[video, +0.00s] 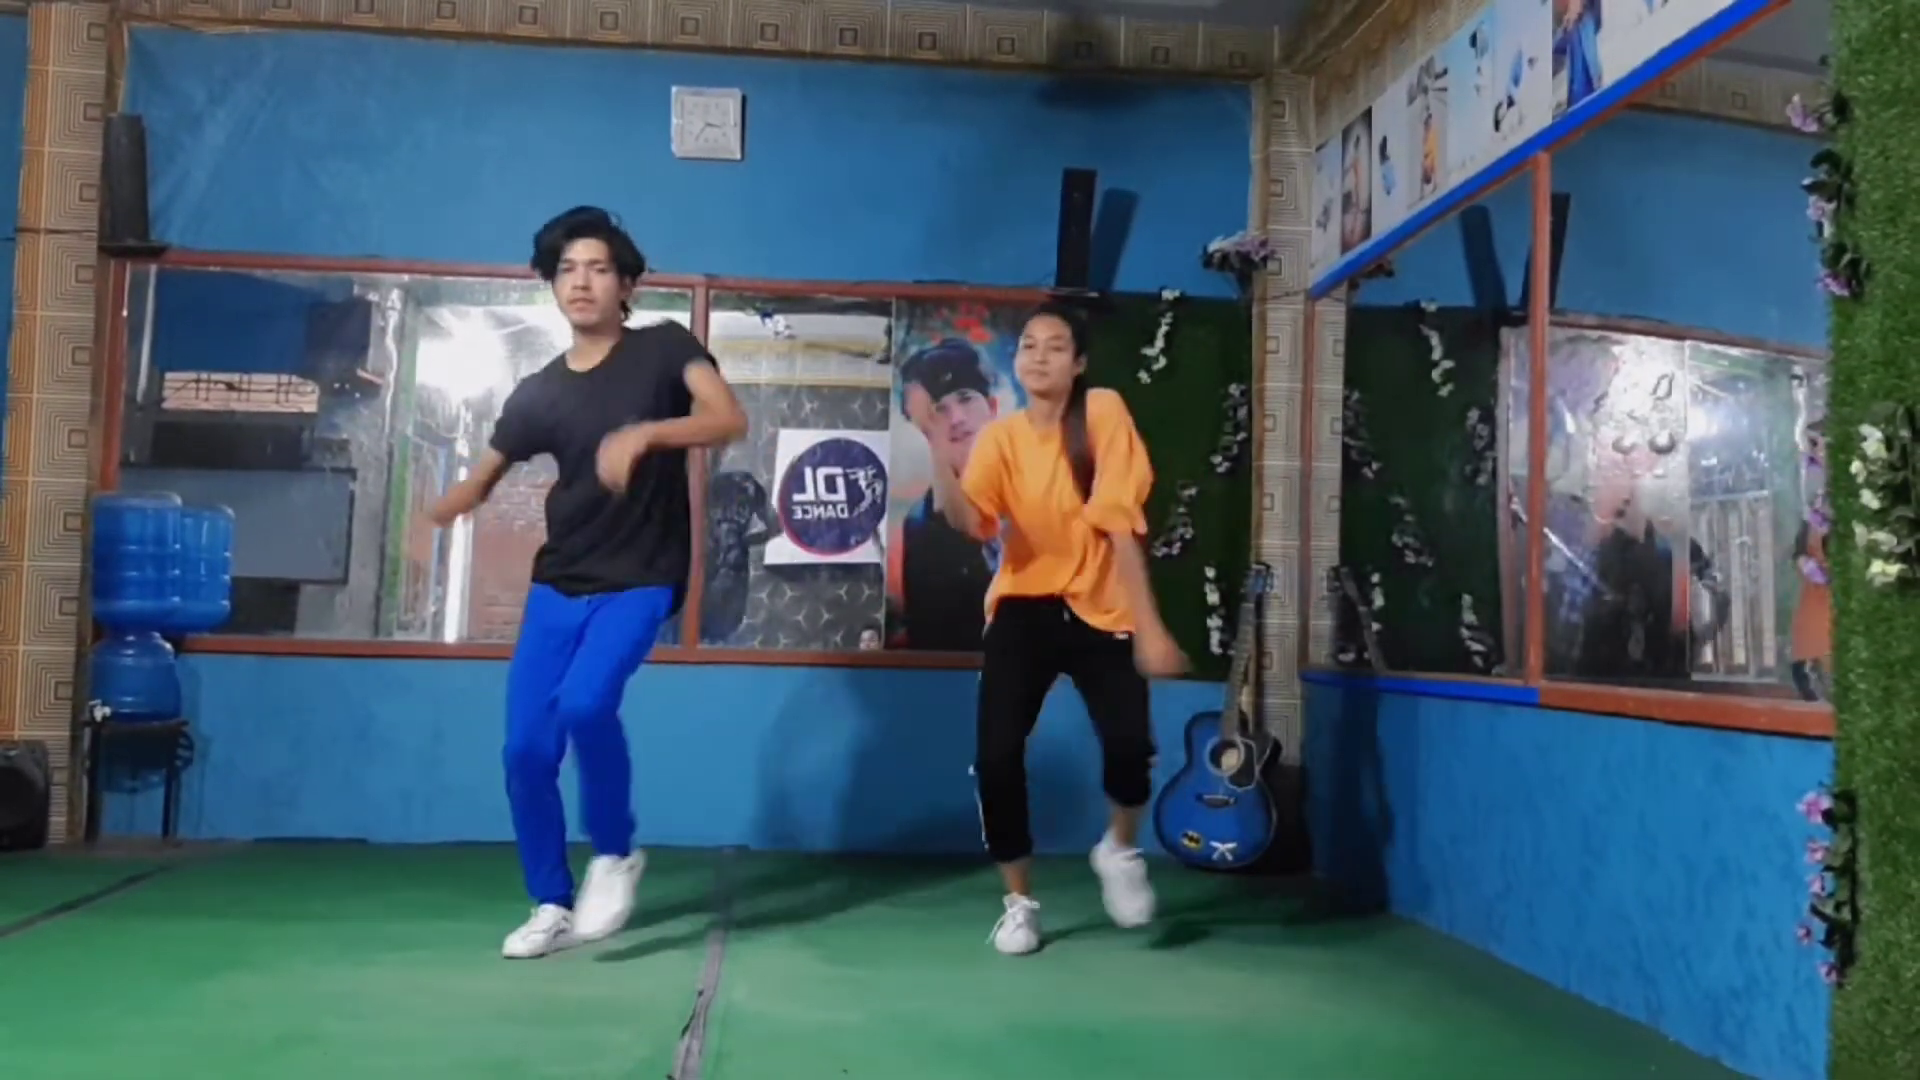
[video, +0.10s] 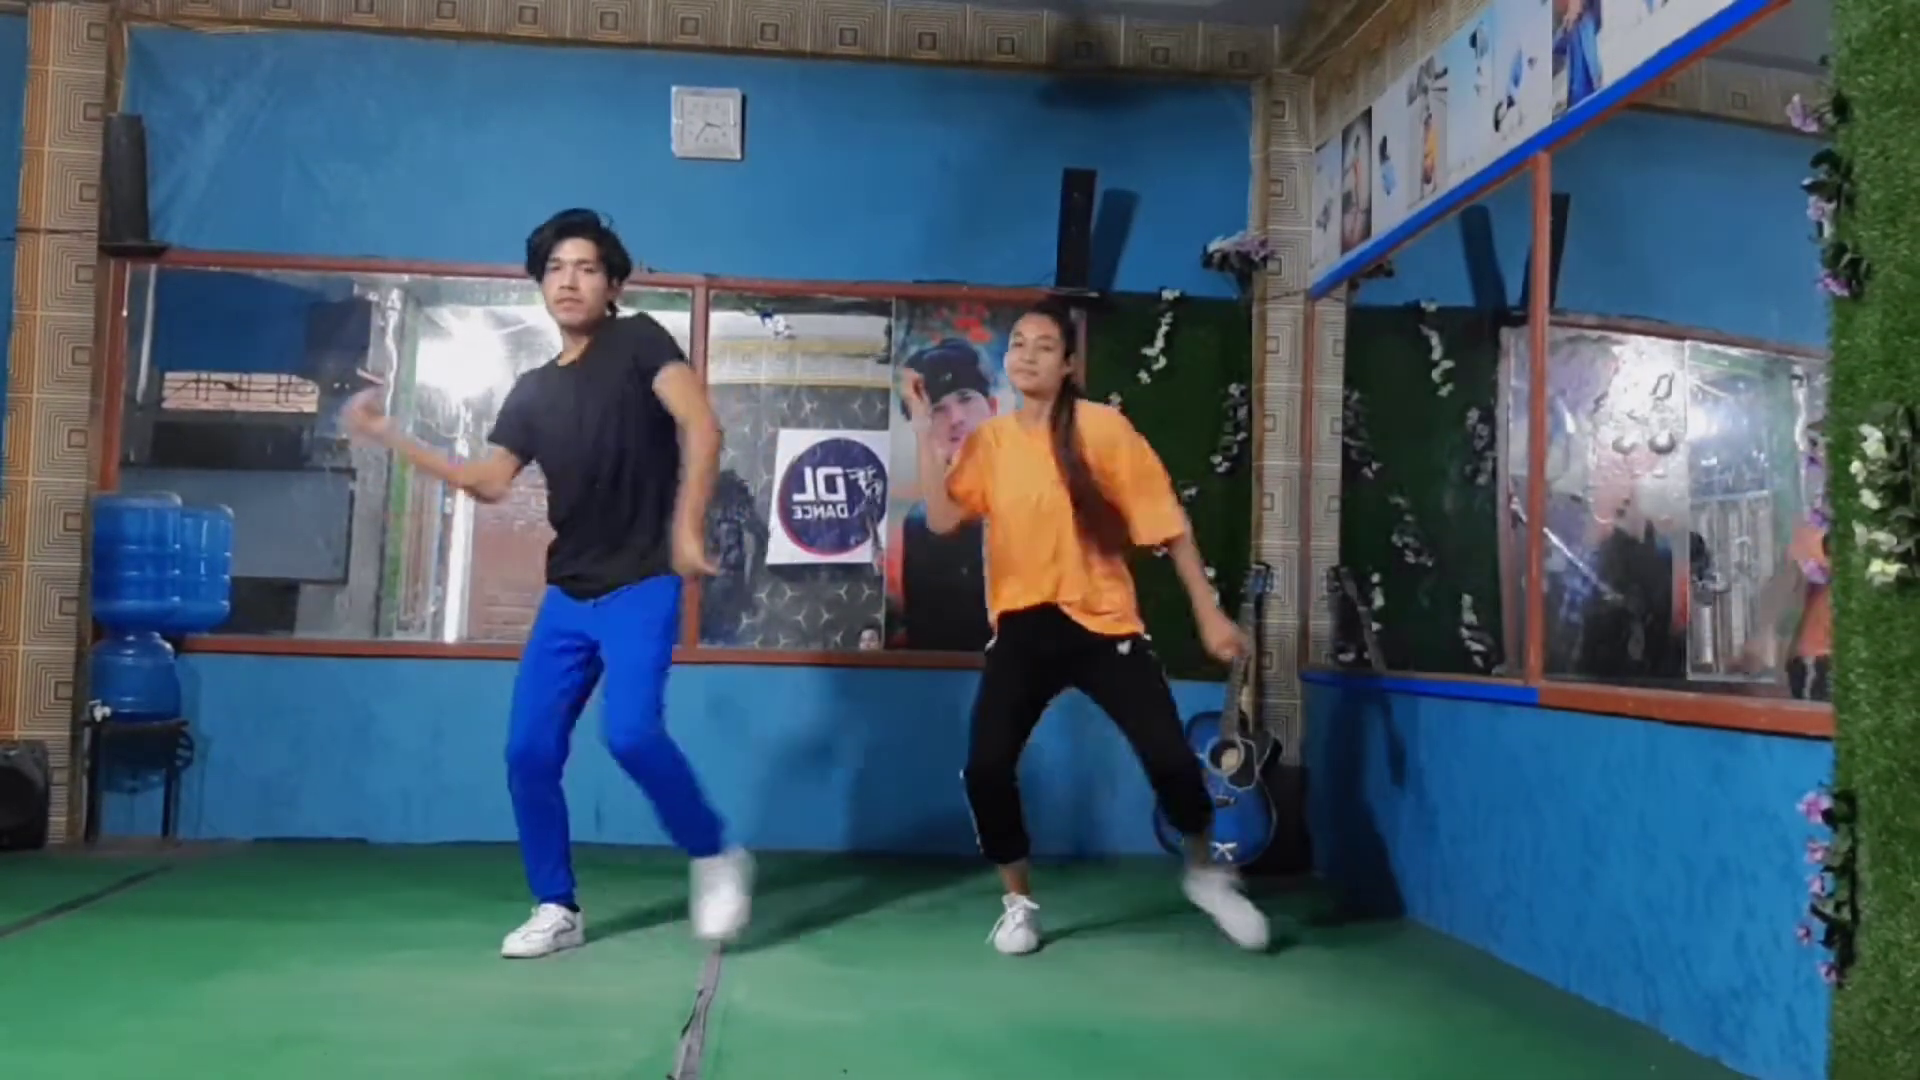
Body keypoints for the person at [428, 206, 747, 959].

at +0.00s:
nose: (582, 282)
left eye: (598, 269)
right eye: (569, 271)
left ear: (626, 284)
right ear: (553, 287)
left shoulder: (665, 346)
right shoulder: (540, 392)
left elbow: (729, 420)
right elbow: (484, 475)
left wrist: (643, 434)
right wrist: (446, 509)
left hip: (642, 578)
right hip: (559, 582)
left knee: (584, 704)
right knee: (523, 745)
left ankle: (615, 855)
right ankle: (552, 904)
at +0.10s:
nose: (569, 281)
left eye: (586, 269)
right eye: (557, 269)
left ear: (612, 284)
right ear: (540, 285)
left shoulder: (639, 340)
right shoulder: (535, 390)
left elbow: (703, 425)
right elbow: (487, 481)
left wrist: (687, 530)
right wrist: (391, 436)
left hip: (644, 584)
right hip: (569, 594)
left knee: (631, 734)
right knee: (529, 751)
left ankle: (716, 859)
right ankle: (555, 910)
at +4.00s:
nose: (659, 293)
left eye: (674, 279)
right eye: (649, 281)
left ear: (713, 286)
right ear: (642, 288)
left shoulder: (725, 355)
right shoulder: (677, 369)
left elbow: (741, 452)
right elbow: (691, 466)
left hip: (721, 573)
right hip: (696, 571)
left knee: (575, 664)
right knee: (645, 730)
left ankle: (642, 819)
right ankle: (725, 886)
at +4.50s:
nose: (636, 307)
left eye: (653, 293)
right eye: (624, 294)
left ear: (688, 304)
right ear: (613, 306)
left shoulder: (718, 381)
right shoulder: (609, 404)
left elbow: (761, 485)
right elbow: (568, 501)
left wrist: (784, 588)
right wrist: (516, 589)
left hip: (672, 606)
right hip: (603, 608)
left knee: (607, 761)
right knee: (514, 737)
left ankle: (719, 888)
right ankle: (556, 902)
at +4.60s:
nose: (631, 309)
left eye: (645, 294)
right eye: (617, 296)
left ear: (675, 304)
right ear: (601, 306)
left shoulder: (710, 396)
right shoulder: (578, 396)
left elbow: (754, 506)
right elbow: (549, 495)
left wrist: (765, 609)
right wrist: (522, 590)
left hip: (676, 598)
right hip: (589, 593)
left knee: (671, 746)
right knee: (512, 738)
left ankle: (712, 888)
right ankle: (508, 887)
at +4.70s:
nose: (630, 307)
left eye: (644, 292)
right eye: (616, 293)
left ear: (671, 302)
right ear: (598, 304)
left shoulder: (700, 400)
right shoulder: (560, 383)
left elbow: (722, 507)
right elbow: (525, 470)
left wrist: (730, 601)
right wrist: (538, 561)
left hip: (683, 599)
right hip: (585, 596)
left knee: (728, 740)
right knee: (548, 752)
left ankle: (697, 894)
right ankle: (495, 892)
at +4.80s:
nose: (636, 292)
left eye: (650, 277)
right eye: (621, 279)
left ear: (672, 287)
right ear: (599, 290)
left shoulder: (699, 388)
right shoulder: (553, 367)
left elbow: (700, 487)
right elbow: (491, 434)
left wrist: (696, 569)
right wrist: (522, 514)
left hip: (676, 595)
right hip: (586, 592)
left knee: (720, 737)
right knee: (561, 752)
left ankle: (675, 897)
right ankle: (493, 893)